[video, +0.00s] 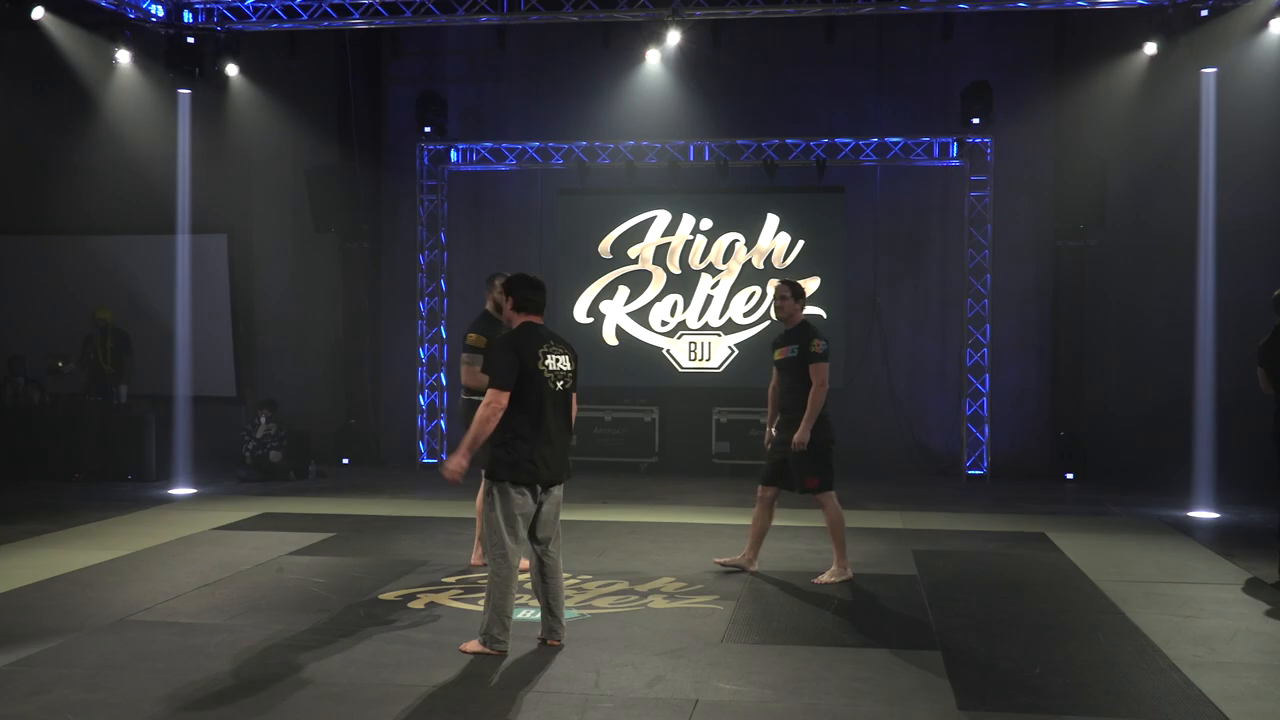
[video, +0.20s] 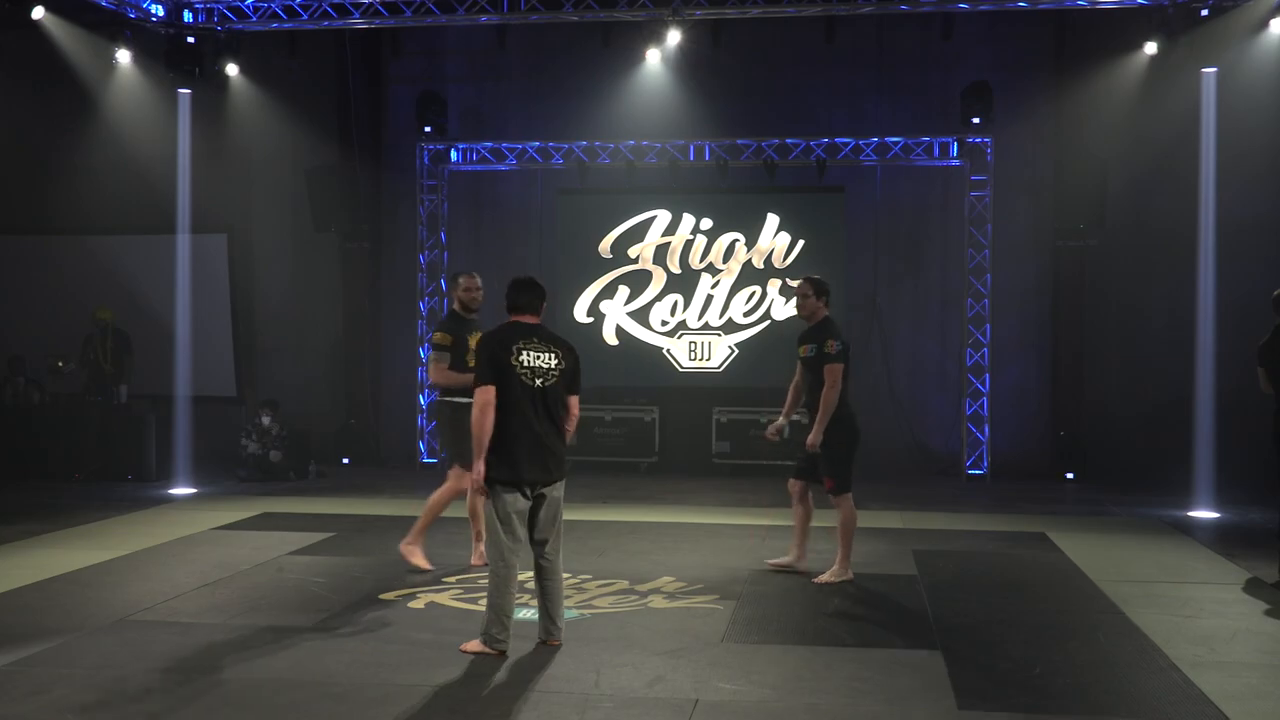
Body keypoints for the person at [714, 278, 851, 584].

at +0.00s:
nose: (777, 303)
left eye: (783, 298)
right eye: (775, 298)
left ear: (799, 302)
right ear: (775, 303)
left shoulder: (812, 335)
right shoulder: (779, 340)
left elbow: (820, 385)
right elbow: (776, 384)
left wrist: (805, 427)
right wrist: (770, 425)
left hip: (812, 427)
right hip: (785, 427)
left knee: (825, 496)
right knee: (766, 492)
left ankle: (841, 565)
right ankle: (749, 557)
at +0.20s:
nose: (798, 301)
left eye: (804, 297)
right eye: (797, 296)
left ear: (821, 300)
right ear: (800, 300)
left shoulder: (831, 334)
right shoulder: (806, 336)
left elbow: (833, 386)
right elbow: (798, 382)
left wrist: (818, 429)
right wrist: (784, 418)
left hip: (838, 426)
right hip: (818, 425)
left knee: (841, 496)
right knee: (797, 486)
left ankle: (843, 566)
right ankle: (797, 555)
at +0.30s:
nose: (807, 301)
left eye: (813, 297)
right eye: (806, 296)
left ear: (831, 301)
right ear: (813, 301)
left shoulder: (840, 334)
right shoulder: (816, 335)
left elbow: (843, 384)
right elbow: (810, 379)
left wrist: (828, 428)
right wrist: (800, 416)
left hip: (848, 425)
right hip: (830, 423)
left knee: (845, 494)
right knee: (815, 487)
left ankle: (845, 566)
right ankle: (841, 550)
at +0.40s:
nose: (816, 302)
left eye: (822, 297)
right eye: (815, 297)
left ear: (839, 300)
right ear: (821, 301)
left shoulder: (849, 334)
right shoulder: (825, 335)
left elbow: (859, 383)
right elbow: (822, 380)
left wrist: (847, 427)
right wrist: (818, 420)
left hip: (854, 423)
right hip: (835, 422)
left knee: (850, 494)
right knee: (843, 490)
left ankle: (844, 565)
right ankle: (886, 543)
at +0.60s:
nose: (834, 305)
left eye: (840, 299)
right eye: (833, 299)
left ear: (859, 303)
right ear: (842, 304)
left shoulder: (870, 332)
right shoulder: (853, 336)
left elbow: (901, 369)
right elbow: (865, 382)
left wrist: (885, 413)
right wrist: (856, 420)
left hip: (873, 426)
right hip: (870, 425)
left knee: (856, 494)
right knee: (895, 490)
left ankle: (848, 566)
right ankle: (937, 551)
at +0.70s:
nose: (849, 307)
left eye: (855, 301)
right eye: (848, 302)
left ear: (874, 303)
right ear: (856, 307)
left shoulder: (888, 330)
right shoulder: (873, 335)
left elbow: (924, 358)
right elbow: (889, 375)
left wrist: (904, 401)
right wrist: (879, 412)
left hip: (894, 421)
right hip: (898, 421)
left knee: (862, 487)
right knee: (921, 491)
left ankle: (859, 560)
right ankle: (953, 555)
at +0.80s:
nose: (893, 298)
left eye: (897, 291)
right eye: (893, 291)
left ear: (915, 290)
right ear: (917, 290)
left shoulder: (939, 317)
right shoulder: (932, 319)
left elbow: (989, 337)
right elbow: (986, 338)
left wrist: (966, 387)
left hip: (952, 428)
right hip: (963, 428)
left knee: (908, 499)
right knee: (987, 510)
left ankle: (909, 591)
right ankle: (1022, 591)